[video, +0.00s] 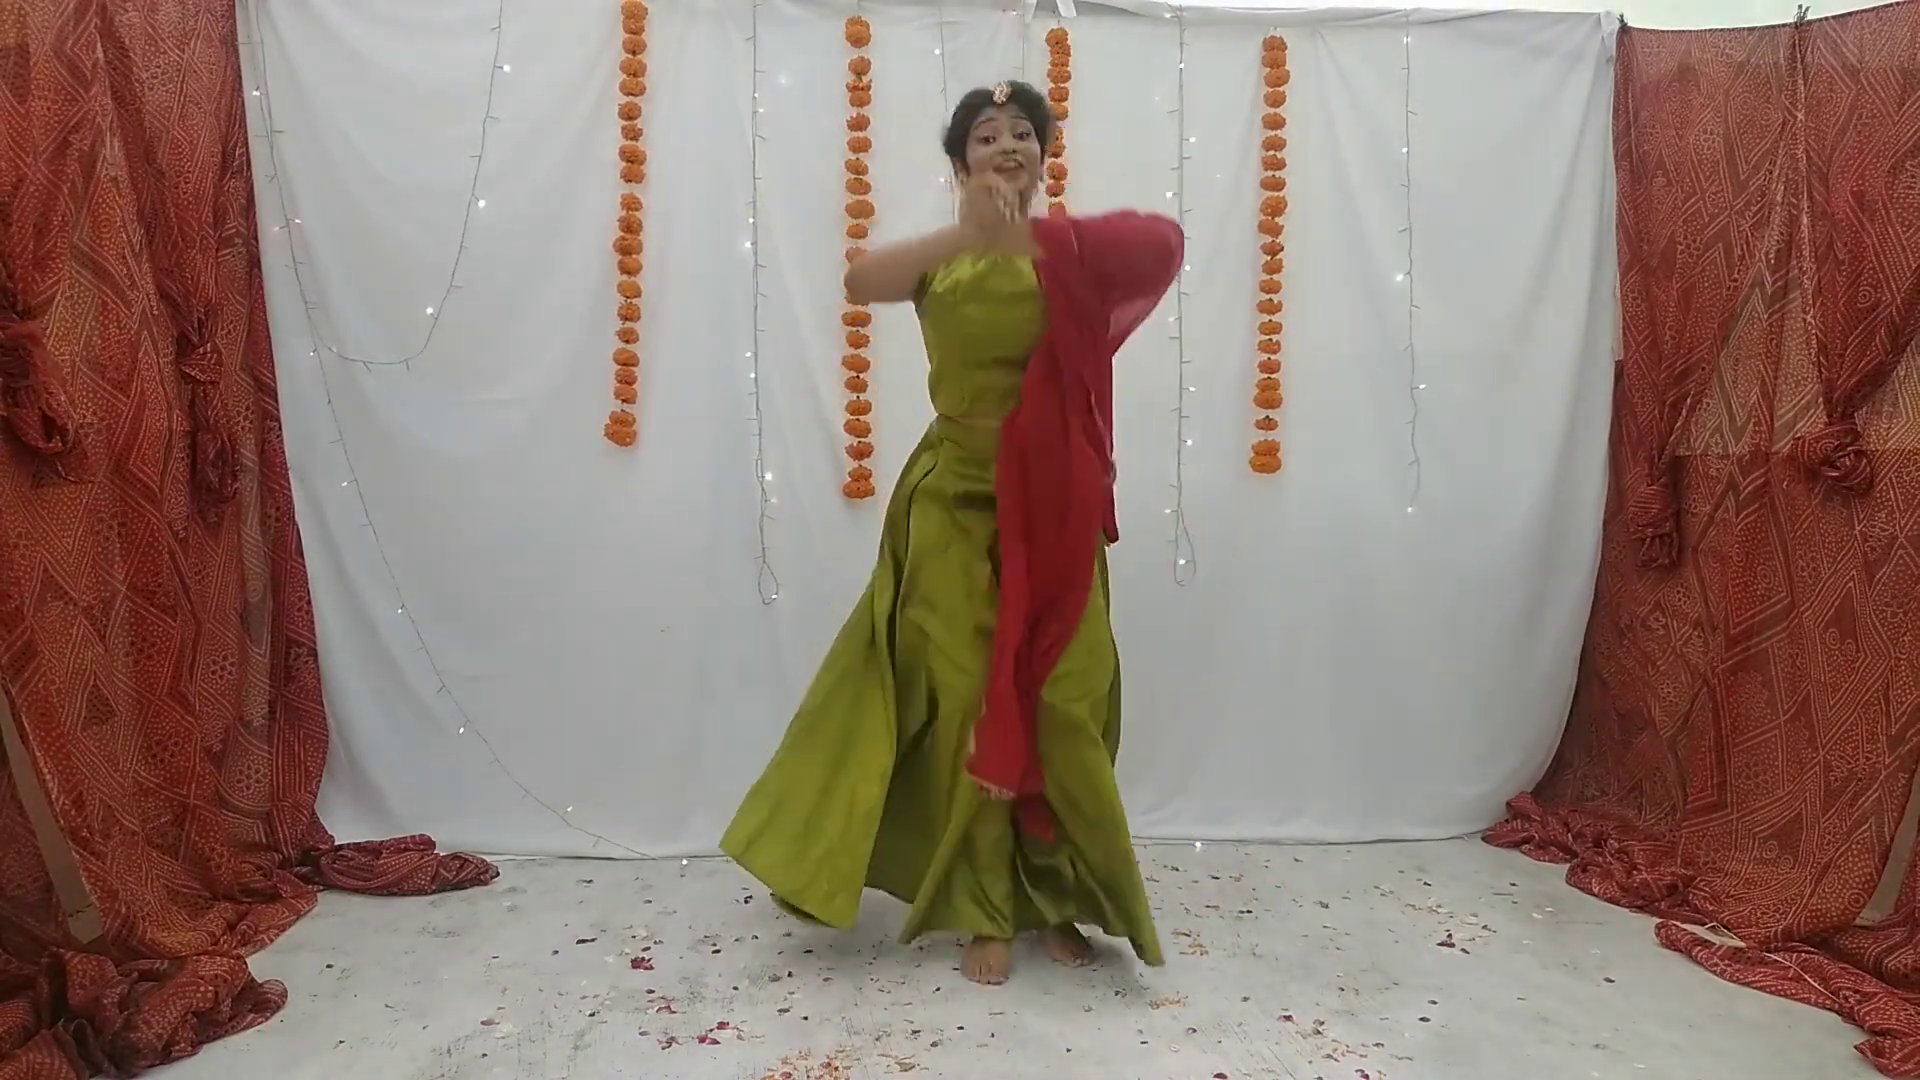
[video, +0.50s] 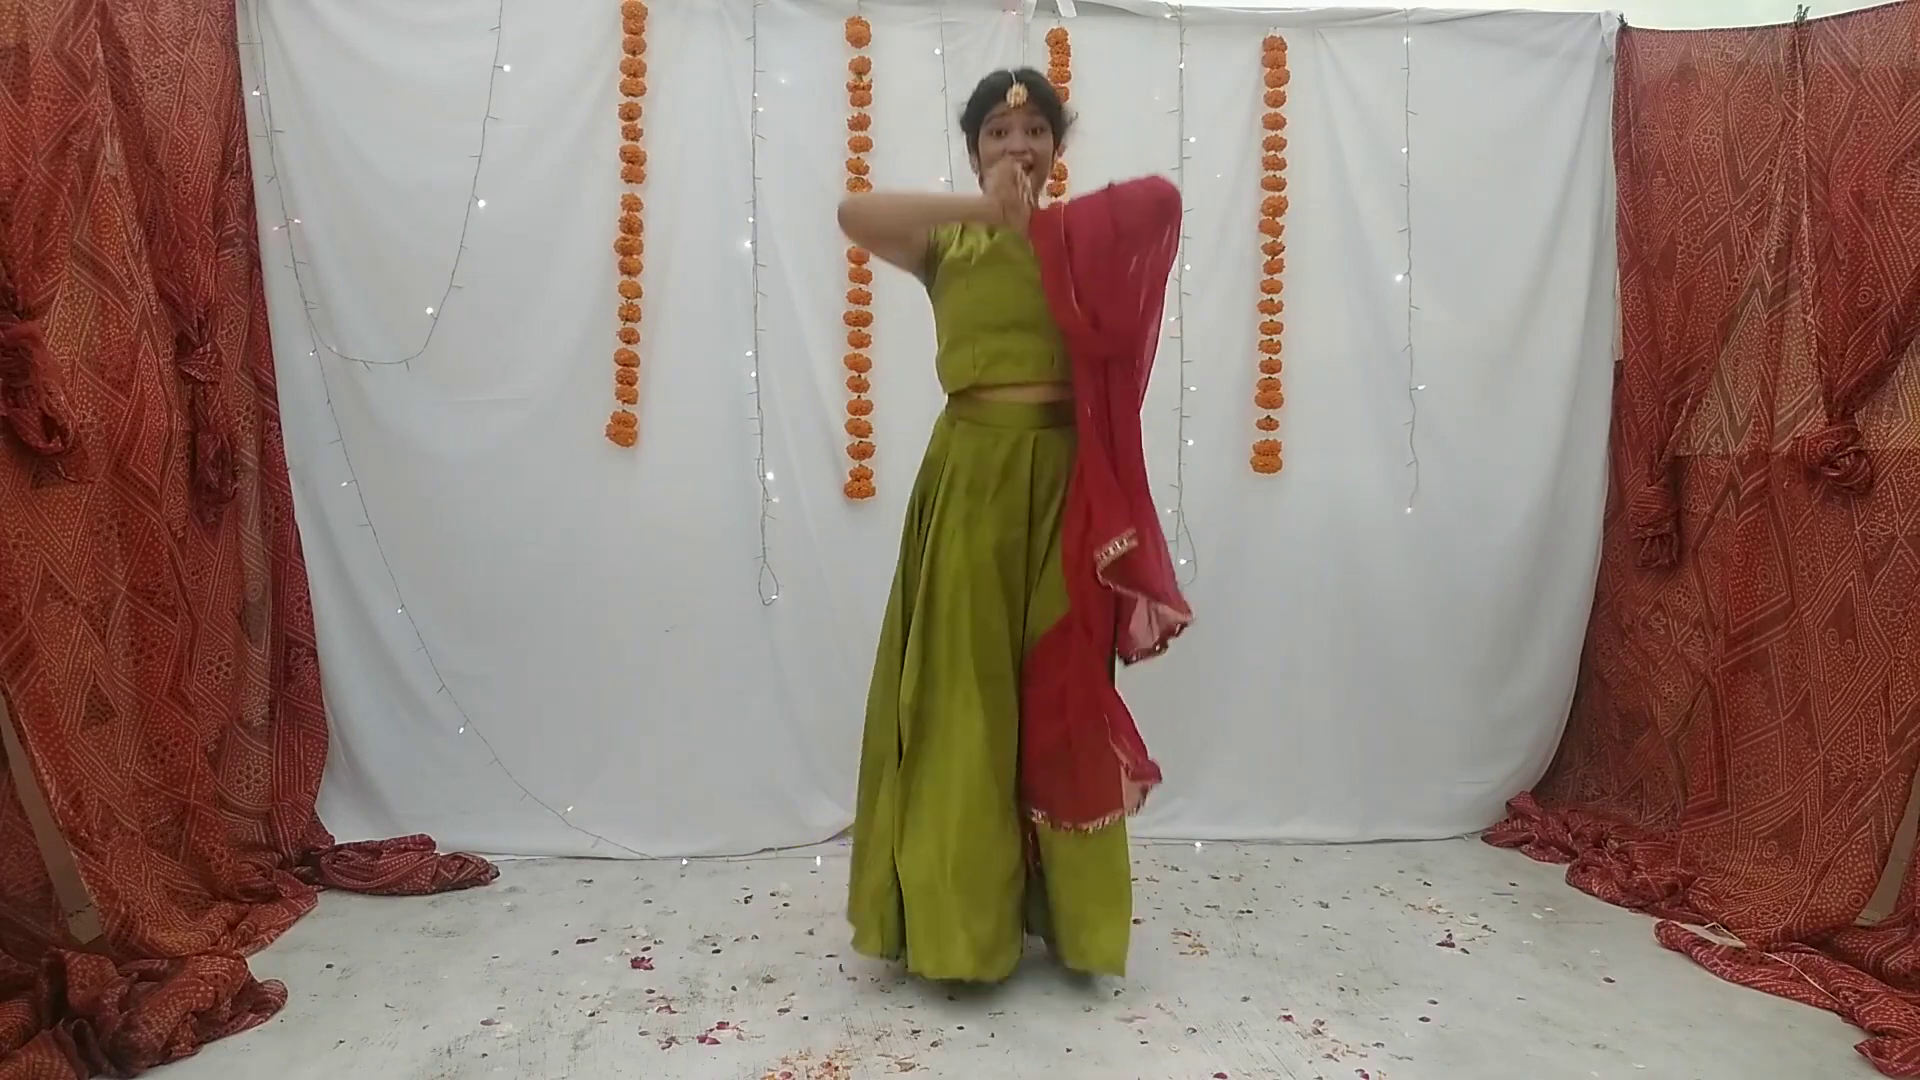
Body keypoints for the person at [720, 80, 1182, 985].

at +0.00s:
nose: (1006, 149)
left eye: (1021, 136)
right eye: (988, 139)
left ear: (1046, 159)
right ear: (960, 164)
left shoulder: (1074, 253)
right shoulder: (939, 257)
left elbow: (1165, 243)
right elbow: (861, 278)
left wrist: (1067, 237)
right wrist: (969, 230)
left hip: (1058, 493)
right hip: (956, 490)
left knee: (1067, 694)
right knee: (970, 692)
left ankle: (1057, 902)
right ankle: (987, 911)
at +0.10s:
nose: (1013, 209)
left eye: (1028, 193)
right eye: (994, 195)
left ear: (1052, 210)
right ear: (968, 215)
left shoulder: (1082, 311)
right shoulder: (933, 311)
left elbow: (1165, 332)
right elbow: (862, 362)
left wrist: (1056, 341)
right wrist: (973, 339)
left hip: (1059, 547)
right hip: (962, 542)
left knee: (1068, 729)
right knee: (978, 725)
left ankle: (1062, 913)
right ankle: (991, 922)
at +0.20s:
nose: (1015, 256)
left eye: (1031, 240)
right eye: (997, 239)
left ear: (1053, 250)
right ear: (970, 250)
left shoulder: (1081, 340)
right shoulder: (933, 347)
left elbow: (1165, 374)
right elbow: (860, 409)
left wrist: (1068, 392)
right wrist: (976, 398)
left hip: (1064, 574)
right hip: (965, 572)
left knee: (1080, 749)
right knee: (976, 747)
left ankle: (1060, 913)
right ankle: (995, 910)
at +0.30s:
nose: (1015, 253)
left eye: (1031, 236)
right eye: (997, 237)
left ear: (1055, 245)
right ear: (973, 247)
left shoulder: (1082, 330)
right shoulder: (938, 336)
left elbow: (1162, 357)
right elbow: (860, 385)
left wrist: (1049, 365)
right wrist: (976, 370)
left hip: (1069, 558)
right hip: (971, 558)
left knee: (1072, 741)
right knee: (975, 740)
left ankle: (1061, 911)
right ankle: (976, 911)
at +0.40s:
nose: (1016, 200)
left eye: (1031, 185)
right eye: (999, 187)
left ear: (1056, 200)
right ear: (974, 202)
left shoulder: (1079, 295)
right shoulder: (949, 298)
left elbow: (1157, 287)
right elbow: (857, 305)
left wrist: (1064, 296)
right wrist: (979, 296)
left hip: (1072, 521)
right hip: (975, 521)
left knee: (1076, 717)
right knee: (976, 714)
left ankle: (1084, 919)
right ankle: (974, 916)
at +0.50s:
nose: (1017, 145)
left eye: (1034, 131)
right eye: (1000, 133)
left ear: (1057, 146)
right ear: (976, 150)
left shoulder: (1087, 241)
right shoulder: (949, 244)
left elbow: (1162, 198)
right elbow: (856, 212)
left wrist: (1066, 219)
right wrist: (983, 209)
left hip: (1068, 473)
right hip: (970, 470)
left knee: (1067, 691)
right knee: (959, 691)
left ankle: (1076, 916)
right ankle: (956, 921)